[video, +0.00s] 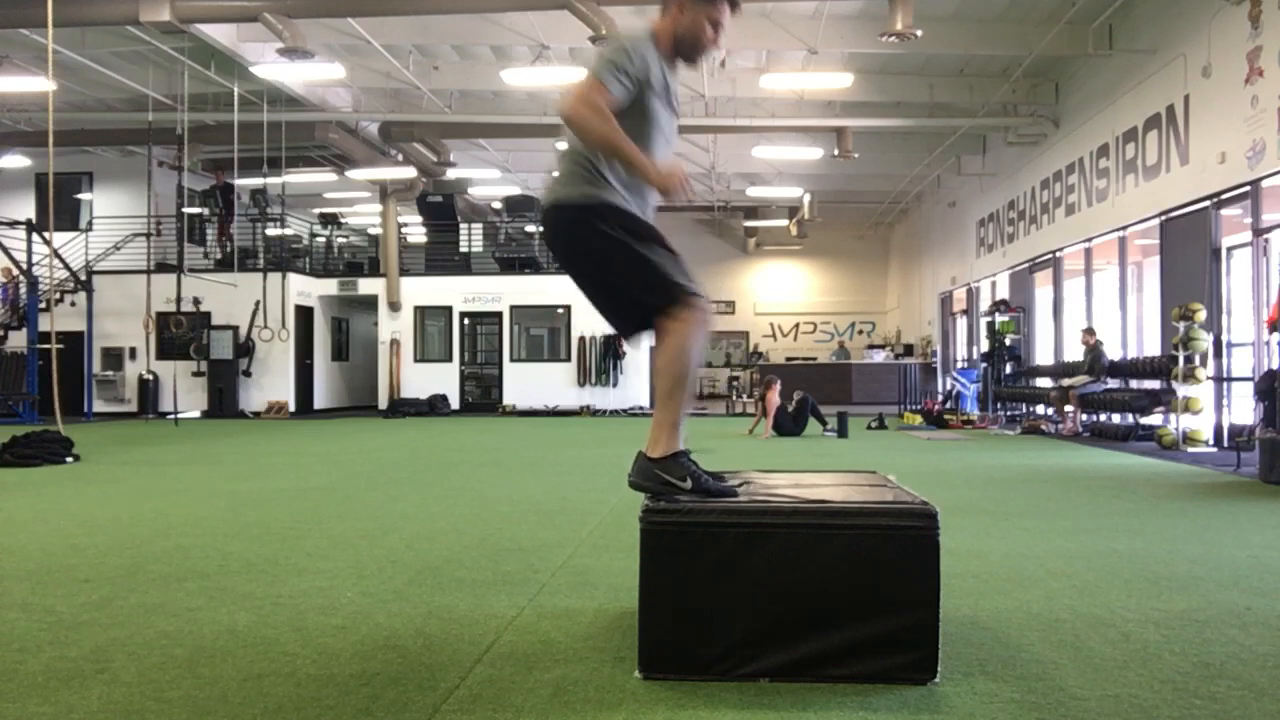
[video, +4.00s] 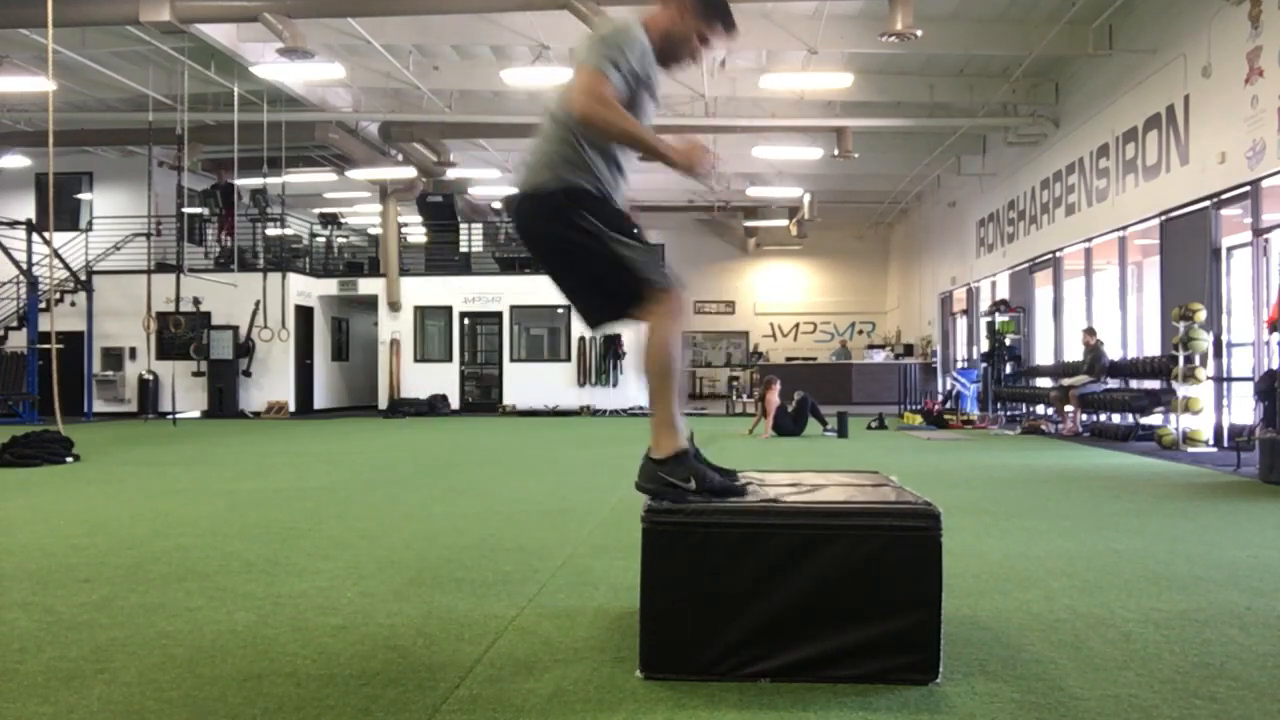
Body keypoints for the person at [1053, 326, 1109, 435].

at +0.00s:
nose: (1082, 339)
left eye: (1084, 337)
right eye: (1082, 336)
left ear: (1092, 338)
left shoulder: (1099, 353)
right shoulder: (1087, 351)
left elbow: (1096, 377)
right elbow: (1085, 372)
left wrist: (1074, 381)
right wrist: (1071, 380)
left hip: (1099, 382)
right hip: (1086, 380)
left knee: (1074, 393)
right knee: (1055, 395)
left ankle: (1076, 426)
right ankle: (1067, 425)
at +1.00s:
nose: (1082, 339)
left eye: (1084, 337)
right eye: (1082, 336)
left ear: (1092, 337)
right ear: (1089, 337)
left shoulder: (1099, 353)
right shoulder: (1088, 351)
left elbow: (1096, 376)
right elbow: (1085, 371)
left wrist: (1073, 381)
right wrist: (1071, 380)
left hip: (1099, 382)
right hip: (1087, 379)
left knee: (1074, 393)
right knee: (1055, 395)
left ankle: (1076, 426)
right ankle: (1067, 425)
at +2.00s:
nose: (1082, 339)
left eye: (1085, 337)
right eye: (1082, 336)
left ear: (1092, 337)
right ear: (1087, 337)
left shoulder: (1099, 353)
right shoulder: (1088, 351)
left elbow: (1096, 376)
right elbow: (1085, 372)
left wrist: (1075, 381)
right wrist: (1072, 380)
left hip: (1099, 382)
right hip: (1086, 380)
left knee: (1073, 393)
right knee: (1054, 395)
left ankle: (1076, 426)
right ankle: (1066, 425)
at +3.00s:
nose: (1083, 340)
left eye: (1085, 337)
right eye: (1083, 337)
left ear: (1093, 338)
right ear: (1087, 338)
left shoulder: (1100, 354)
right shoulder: (1088, 351)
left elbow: (1096, 377)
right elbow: (1085, 371)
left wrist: (1073, 381)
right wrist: (1071, 380)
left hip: (1098, 382)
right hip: (1086, 380)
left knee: (1073, 392)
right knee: (1054, 395)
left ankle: (1076, 426)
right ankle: (1066, 424)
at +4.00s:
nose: (1083, 340)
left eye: (1085, 337)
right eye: (1083, 337)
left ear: (1093, 338)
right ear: (1086, 338)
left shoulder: (1100, 353)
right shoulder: (1087, 351)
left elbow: (1095, 376)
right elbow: (1084, 371)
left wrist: (1072, 381)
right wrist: (1071, 380)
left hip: (1098, 382)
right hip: (1086, 379)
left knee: (1074, 393)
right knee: (1054, 395)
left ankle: (1076, 426)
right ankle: (1066, 424)